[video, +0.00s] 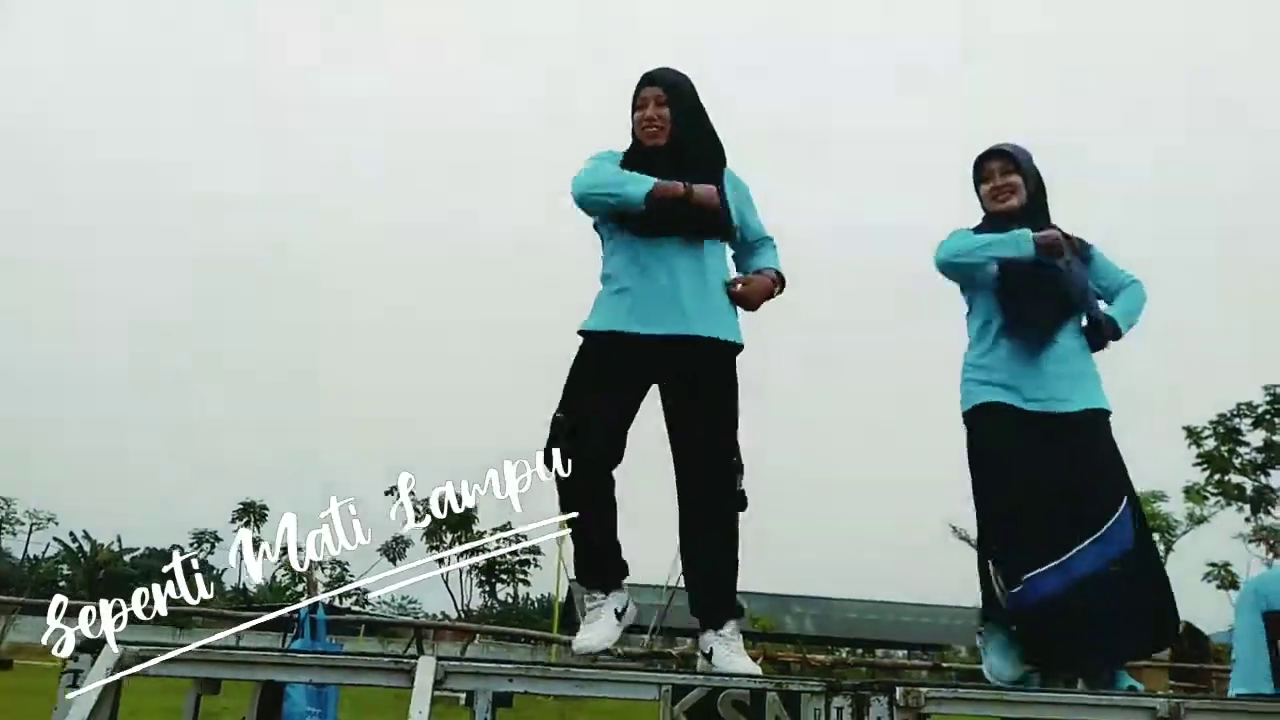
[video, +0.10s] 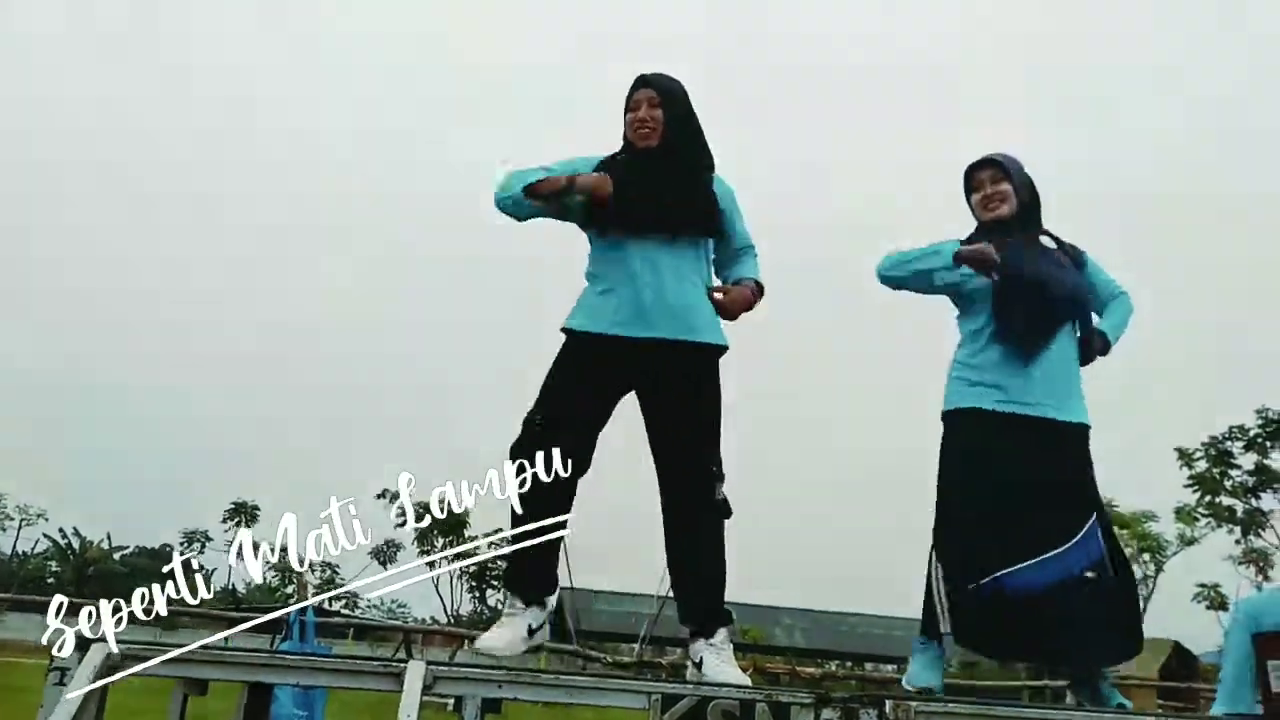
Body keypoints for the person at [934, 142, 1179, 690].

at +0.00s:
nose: (999, 183)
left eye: (1009, 173)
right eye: (989, 178)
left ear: (1033, 181)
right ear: (979, 193)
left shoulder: (1068, 246)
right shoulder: (974, 242)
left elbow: (1131, 287)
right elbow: (947, 256)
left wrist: (1113, 322)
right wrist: (1031, 243)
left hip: (1073, 394)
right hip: (999, 394)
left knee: (1099, 520)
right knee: (1011, 515)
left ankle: (1103, 657)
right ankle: (1004, 632)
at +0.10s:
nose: (990, 192)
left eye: (1000, 182)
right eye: (980, 188)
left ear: (1025, 189)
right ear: (972, 205)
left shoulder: (1066, 255)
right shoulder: (963, 259)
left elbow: (1120, 300)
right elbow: (889, 269)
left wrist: (1101, 338)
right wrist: (959, 256)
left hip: (1057, 409)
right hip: (978, 404)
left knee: (1074, 539)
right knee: (958, 528)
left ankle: (1088, 670)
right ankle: (930, 649)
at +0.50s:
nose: (939, 186)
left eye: (950, 179)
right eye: (930, 180)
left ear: (969, 194)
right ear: (916, 196)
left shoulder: (997, 258)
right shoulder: (896, 249)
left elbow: (1052, 312)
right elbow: (848, 275)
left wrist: (1020, 339)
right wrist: (915, 246)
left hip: (978, 409)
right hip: (900, 404)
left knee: (998, 535)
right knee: (897, 531)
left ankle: (1011, 665)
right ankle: (894, 660)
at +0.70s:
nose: (925, 196)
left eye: (935, 188)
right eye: (915, 190)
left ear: (955, 204)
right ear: (901, 207)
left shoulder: (986, 268)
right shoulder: (886, 260)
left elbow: (1047, 314)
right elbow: (844, 288)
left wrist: (1010, 344)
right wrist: (916, 253)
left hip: (963, 418)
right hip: (884, 412)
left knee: (965, 538)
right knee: (880, 533)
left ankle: (964, 666)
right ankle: (881, 665)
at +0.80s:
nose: (915, 188)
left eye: (926, 181)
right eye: (905, 182)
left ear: (944, 196)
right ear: (893, 199)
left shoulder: (973, 260)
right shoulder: (871, 255)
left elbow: (1030, 305)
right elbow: (807, 287)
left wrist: (1001, 340)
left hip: (950, 410)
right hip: (873, 403)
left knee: (953, 531)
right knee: (866, 523)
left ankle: (955, 654)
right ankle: (858, 647)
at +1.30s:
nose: (879, 183)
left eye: (887, 179)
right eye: (869, 172)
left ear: (891, 192)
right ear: (843, 177)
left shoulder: (905, 255)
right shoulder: (808, 235)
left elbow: (975, 267)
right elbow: (729, 257)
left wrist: (949, 239)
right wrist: (765, 293)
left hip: (893, 401)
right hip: (821, 396)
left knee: (891, 521)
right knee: (816, 521)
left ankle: (875, 641)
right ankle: (803, 655)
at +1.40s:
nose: (880, 199)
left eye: (887, 195)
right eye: (872, 188)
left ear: (890, 205)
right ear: (843, 186)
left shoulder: (901, 261)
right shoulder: (807, 245)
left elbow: (957, 257)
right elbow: (732, 270)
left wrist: (890, 229)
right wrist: (784, 306)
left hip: (887, 410)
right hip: (817, 401)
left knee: (877, 528)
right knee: (814, 526)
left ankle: (851, 654)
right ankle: (800, 659)